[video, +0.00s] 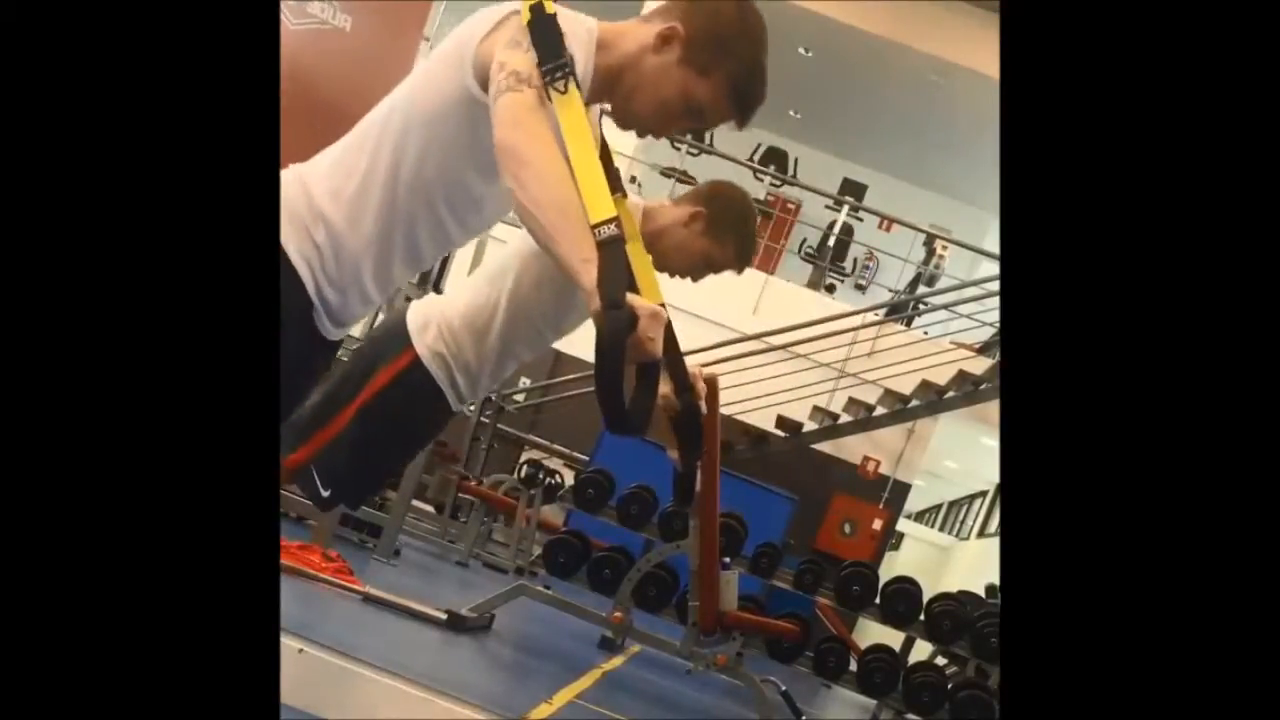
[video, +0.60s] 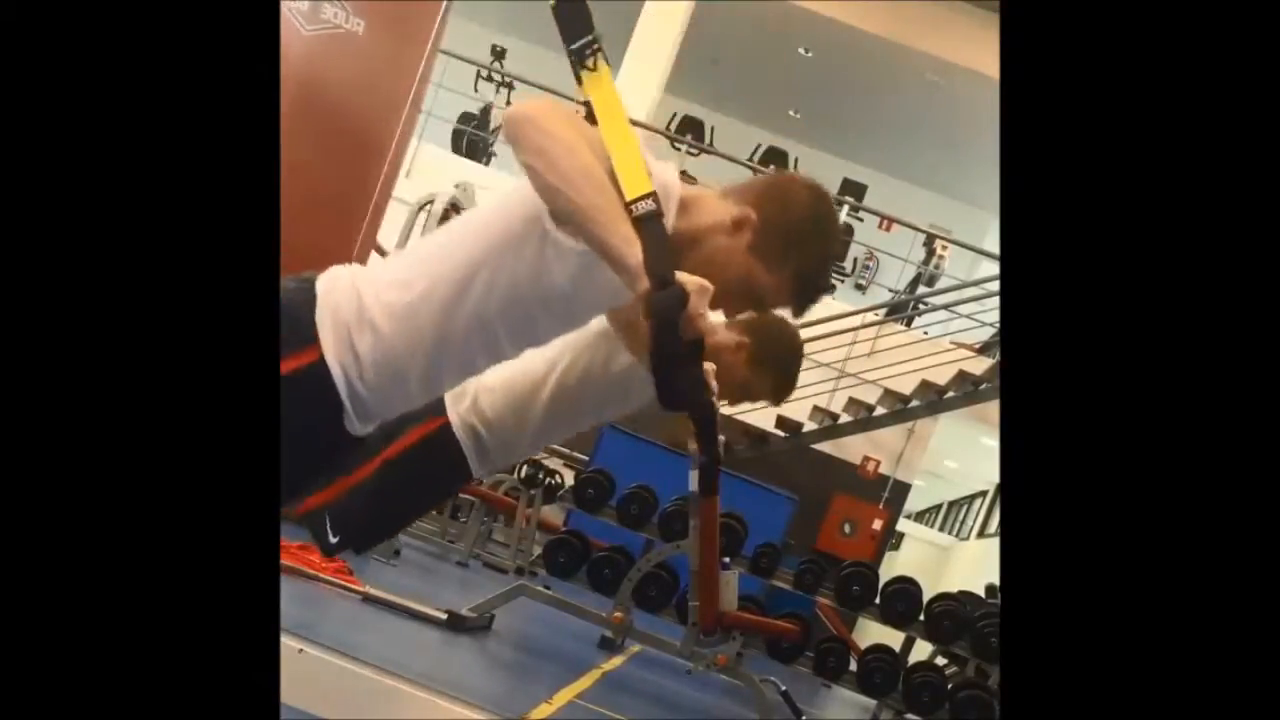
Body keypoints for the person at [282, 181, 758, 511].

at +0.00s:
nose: (696, 277)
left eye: (709, 272)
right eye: (708, 264)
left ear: (689, 219)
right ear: (692, 220)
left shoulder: (627, 257)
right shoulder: (609, 217)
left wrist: (676, 391)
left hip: (443, 382)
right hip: (419, 356)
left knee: (320, 502)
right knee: (295, 488)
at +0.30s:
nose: (699, 329)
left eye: (716, 328)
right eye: (711, 315)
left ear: (702, 274)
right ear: (704, 269)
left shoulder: (649, 302)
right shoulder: (633, 252)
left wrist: (696, 394)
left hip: (453, 403)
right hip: (433, 381)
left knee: (323, 518)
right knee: (301, 507)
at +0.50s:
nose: (724, 365)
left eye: (735, 364)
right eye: (736, 355)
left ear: (728, 334)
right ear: (730, 318)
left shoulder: (670, 355)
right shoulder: (662, 294)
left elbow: (668, 413)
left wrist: (695, 404)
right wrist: (687, 376)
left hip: (475, 434)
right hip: (455, 404)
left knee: (342, 524)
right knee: (320, 512)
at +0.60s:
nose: (726, 389)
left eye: (738, 390)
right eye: (737, 378)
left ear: (739, 362)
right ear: (736, 337)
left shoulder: (675, 374)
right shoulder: (667, 316)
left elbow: (671, 427)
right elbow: (626, 307)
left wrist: (701, 427)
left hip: (480, 445)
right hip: (462, 418)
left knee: (341, 527)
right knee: (323, 520)